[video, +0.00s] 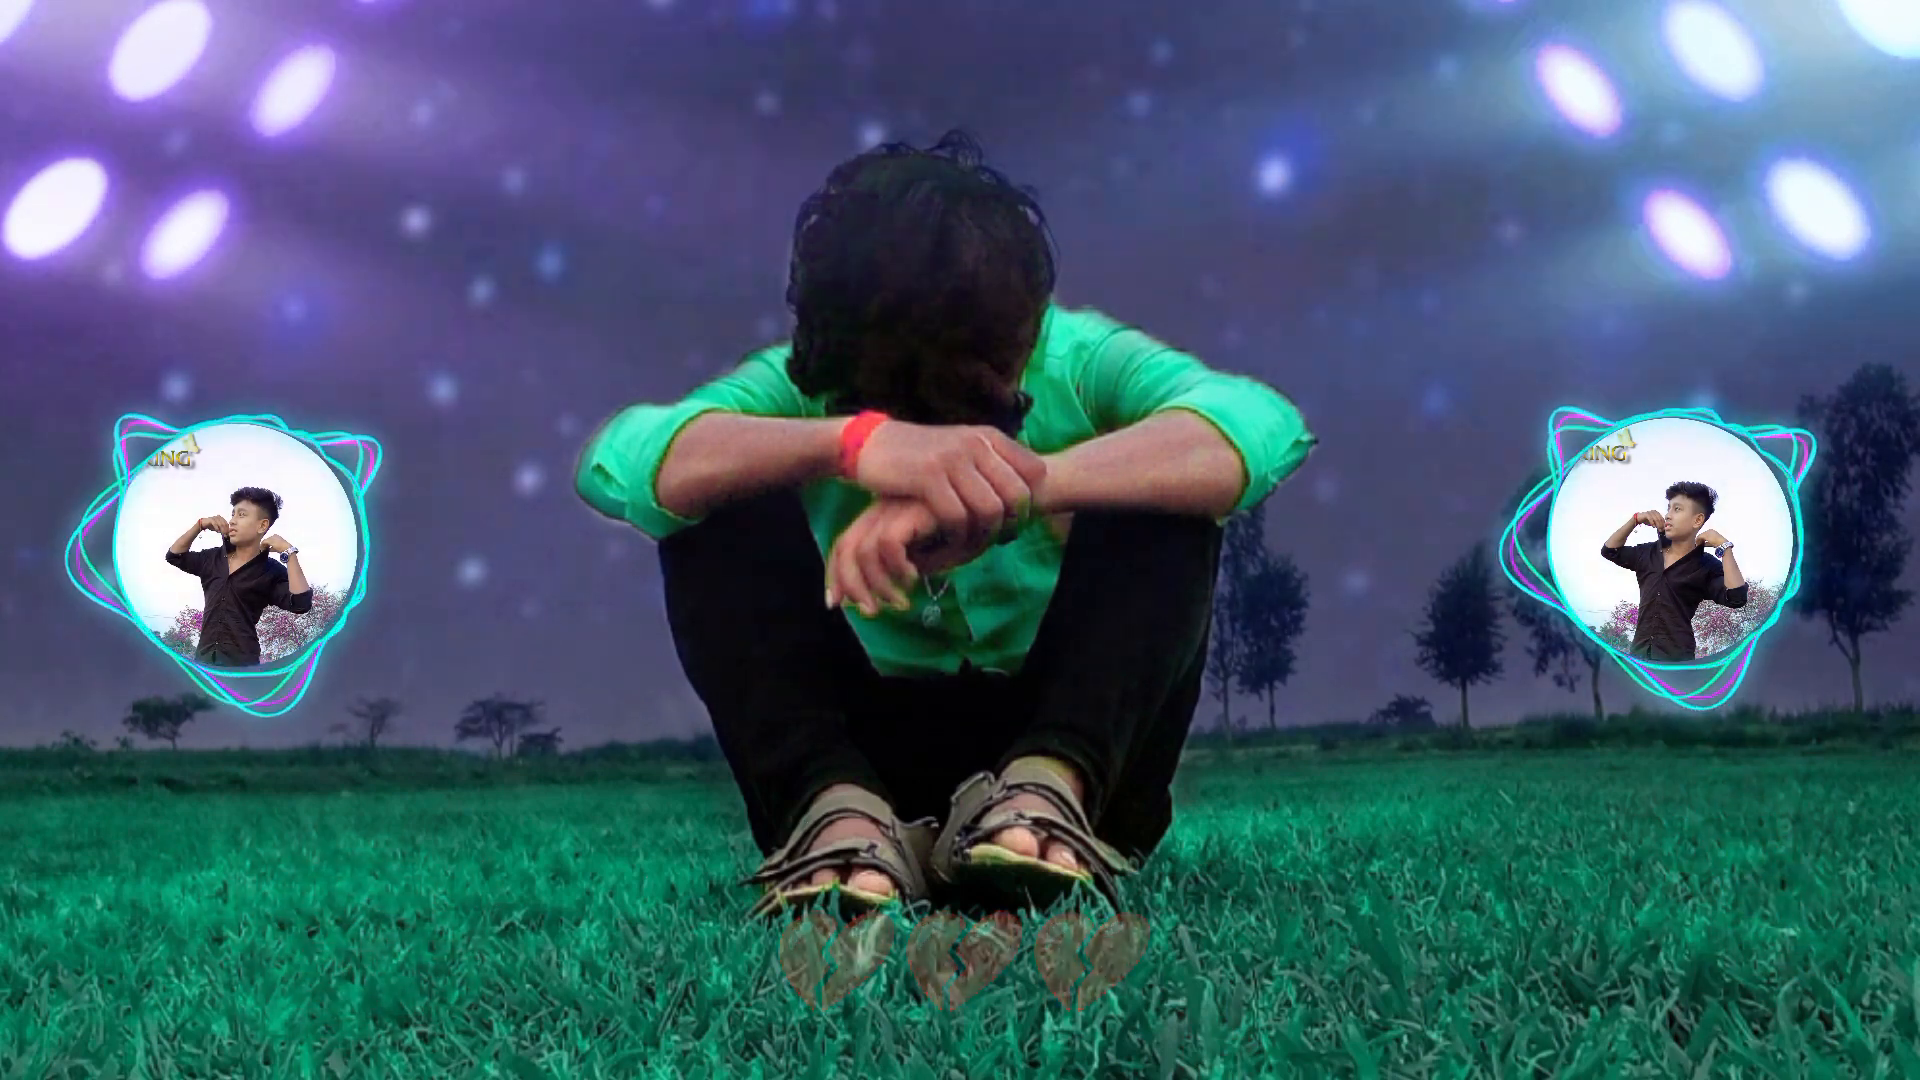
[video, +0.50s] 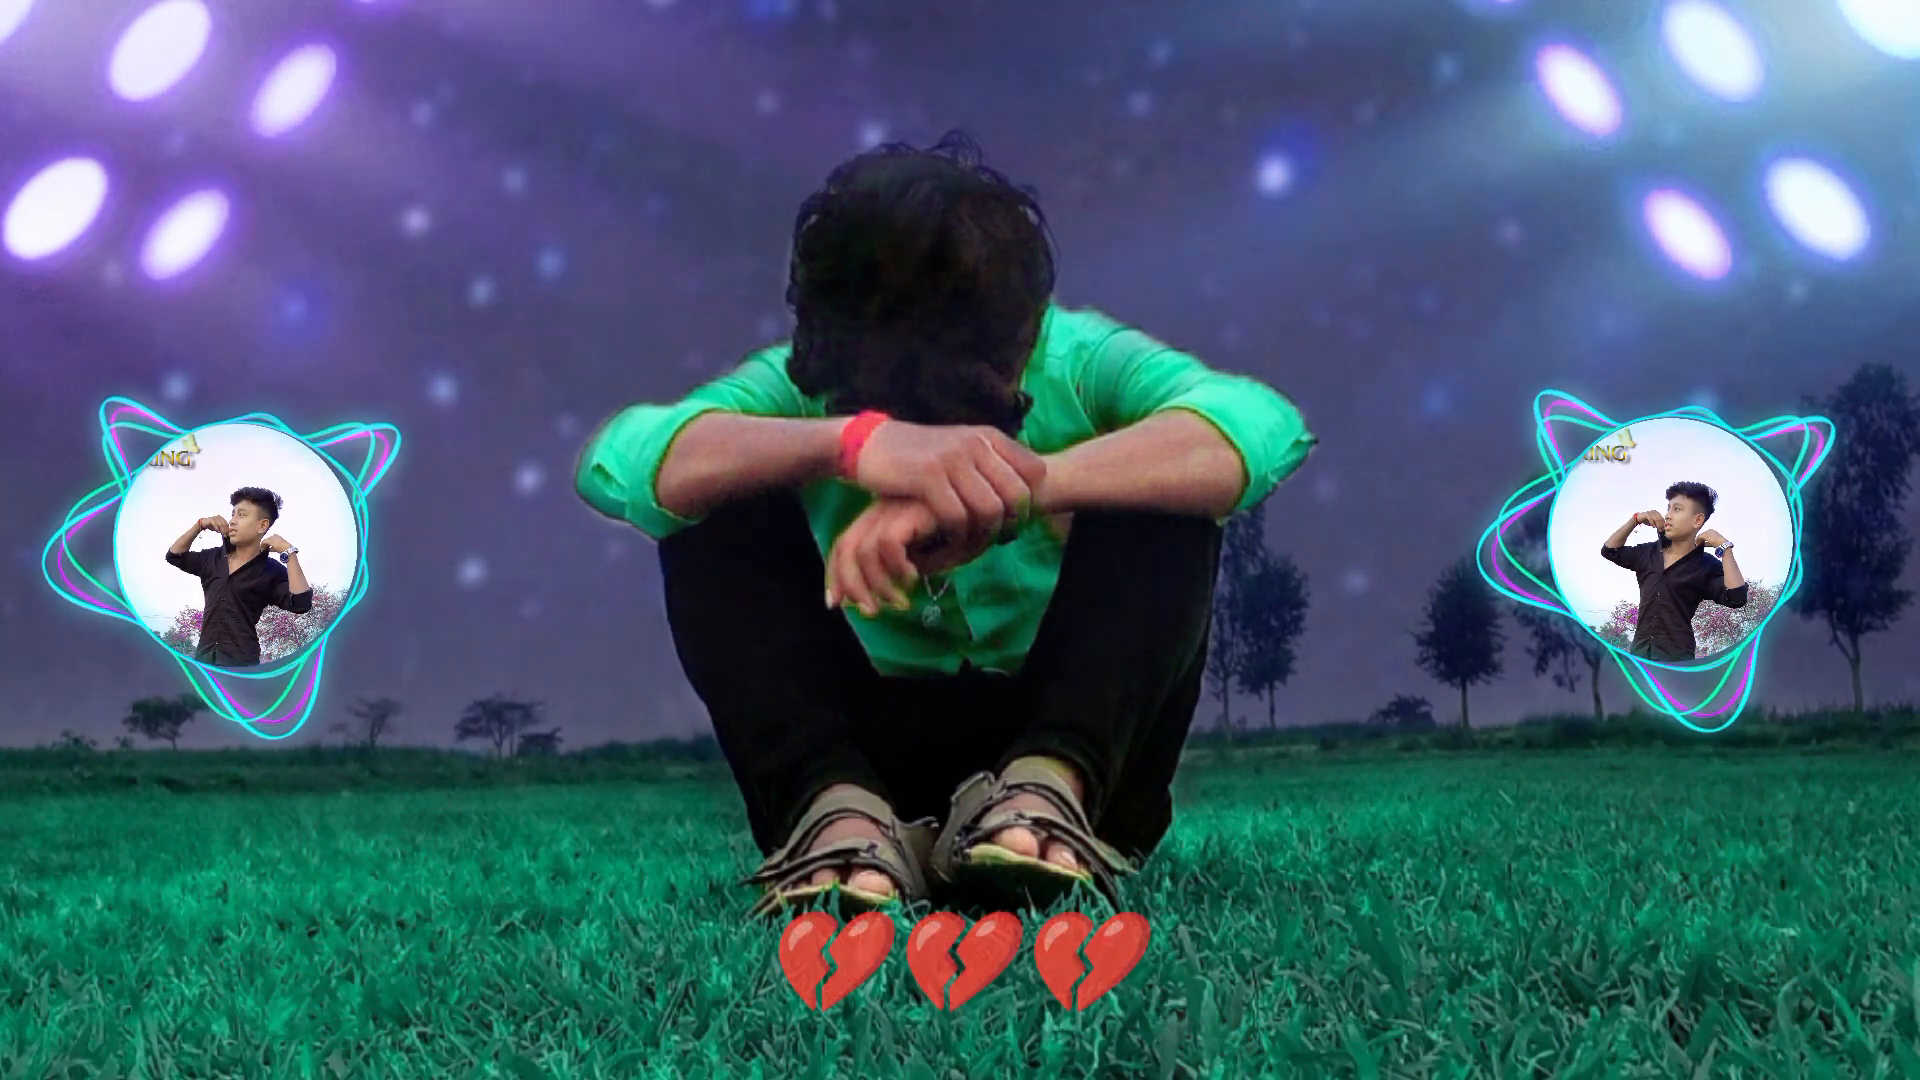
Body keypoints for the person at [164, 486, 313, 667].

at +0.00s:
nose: (232, 521)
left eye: (242, 515)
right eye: (233, 514)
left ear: (263, 525)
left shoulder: (270, 569)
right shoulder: (212, 558)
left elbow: (301, 604)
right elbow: (174, 556)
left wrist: (290, 553)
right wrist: (199, 526)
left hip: (242, 661)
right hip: (204, 658)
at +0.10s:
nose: (232, 521)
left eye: (242, 515)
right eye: (233, 514)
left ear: (263, 525)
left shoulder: (270, 569)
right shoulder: (212, 558)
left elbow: (301, 604)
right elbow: (174, 556)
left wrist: (289, 553)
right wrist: (199, 526)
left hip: (242, 661)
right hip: (204, 658)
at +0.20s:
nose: (232, 521)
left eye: (242, 515)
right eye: (233, 514)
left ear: (263, 525)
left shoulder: (270, 569)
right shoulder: (212, 558)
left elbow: (301, 604)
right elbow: (174, 556)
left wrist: (290, 553)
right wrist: (199, 526)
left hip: (242, 661)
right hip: (204, 657)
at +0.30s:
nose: (232, 521)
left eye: (241, 515)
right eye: (233, 514)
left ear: (263, 525)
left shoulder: (270, 570)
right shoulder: (212, 558)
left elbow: (301, 604)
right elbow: (174, 556)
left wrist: (290, 553)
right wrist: (199, 526)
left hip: (242, 662)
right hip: (204, 658)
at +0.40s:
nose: (232, 521)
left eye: (242, 515)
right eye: (233, 514)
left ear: (263, 525)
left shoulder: (270, 569)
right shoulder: (212, 558)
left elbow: (301, 604)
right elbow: (174, 556)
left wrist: (290, 553)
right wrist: (199, 526)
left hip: (242, 661)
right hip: (204, 657)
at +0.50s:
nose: (232, 521)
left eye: (242, 515)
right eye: (233, 514)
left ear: (263, 525)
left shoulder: (270, 569)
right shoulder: (212, 558)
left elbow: (301, 605)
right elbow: (174, 556)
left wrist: (290, 553)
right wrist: (199, 526)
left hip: (242, 661)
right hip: (204, 657)